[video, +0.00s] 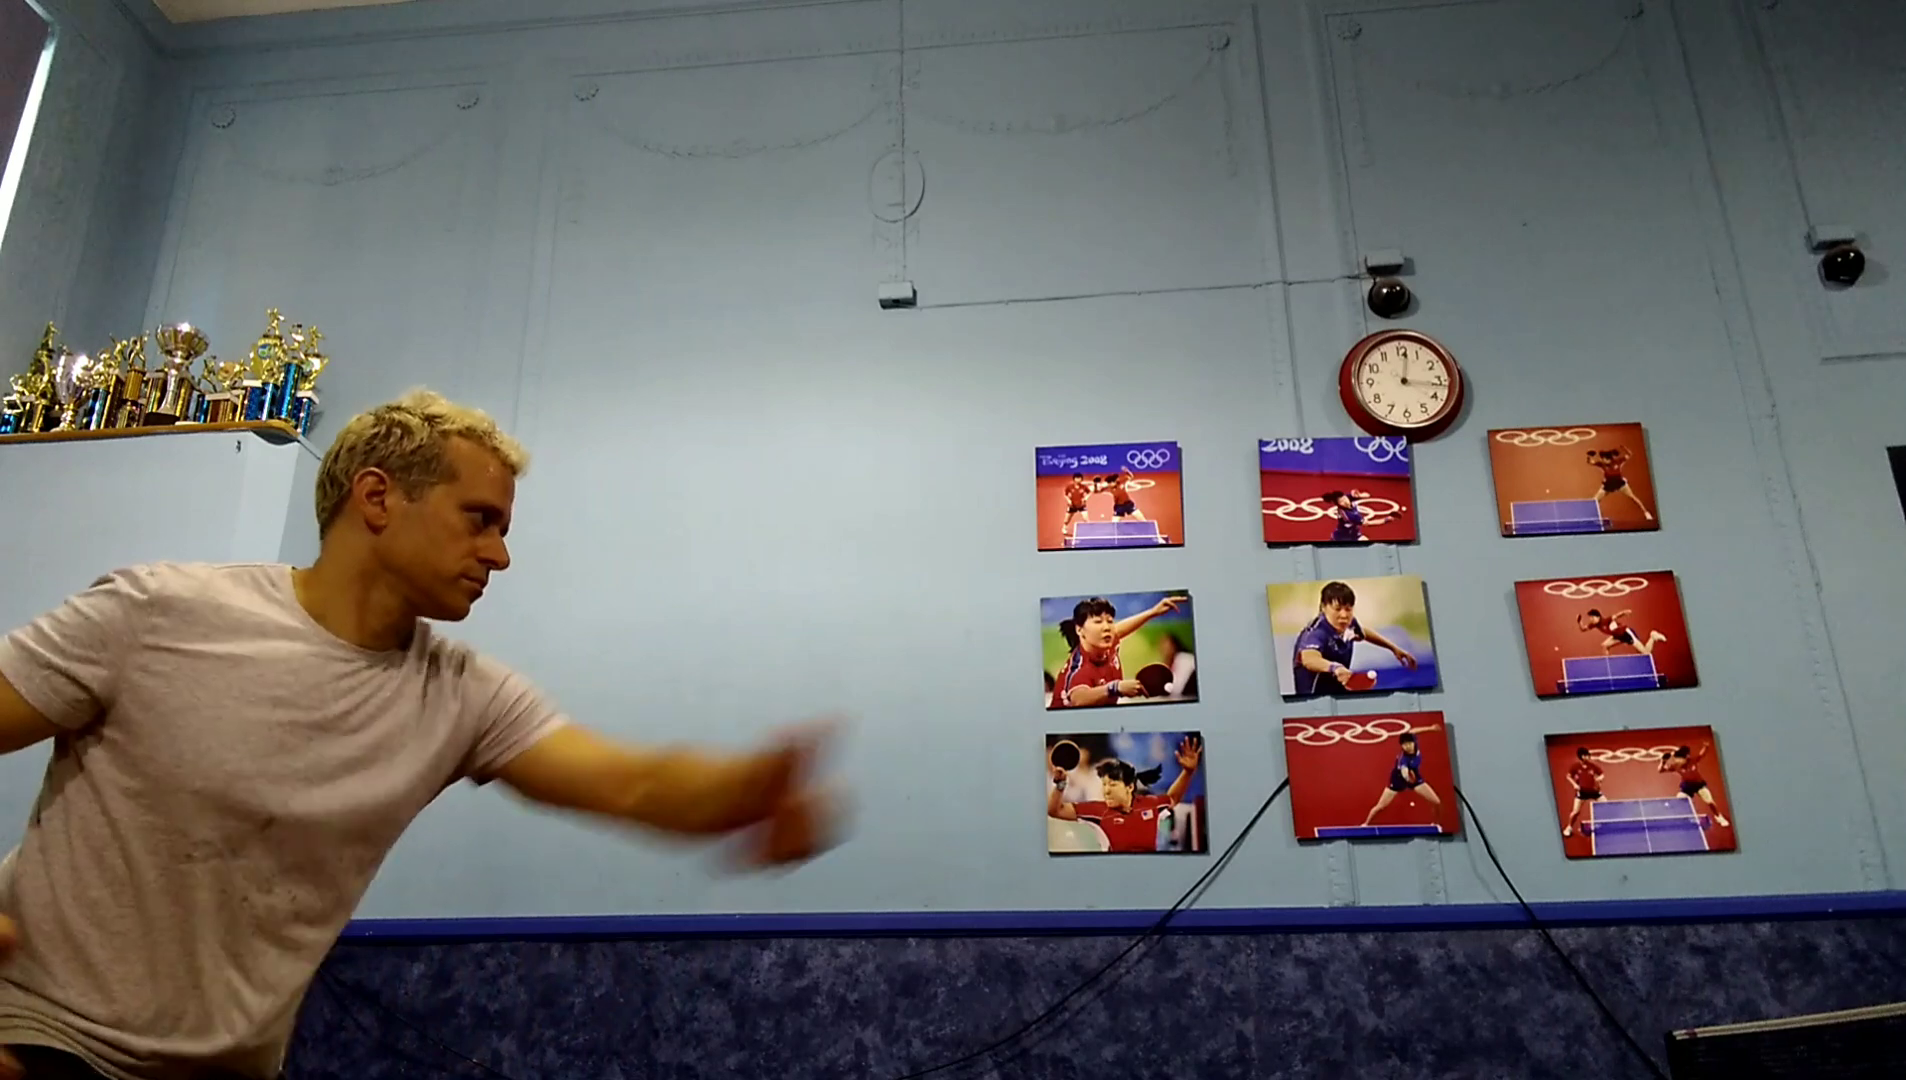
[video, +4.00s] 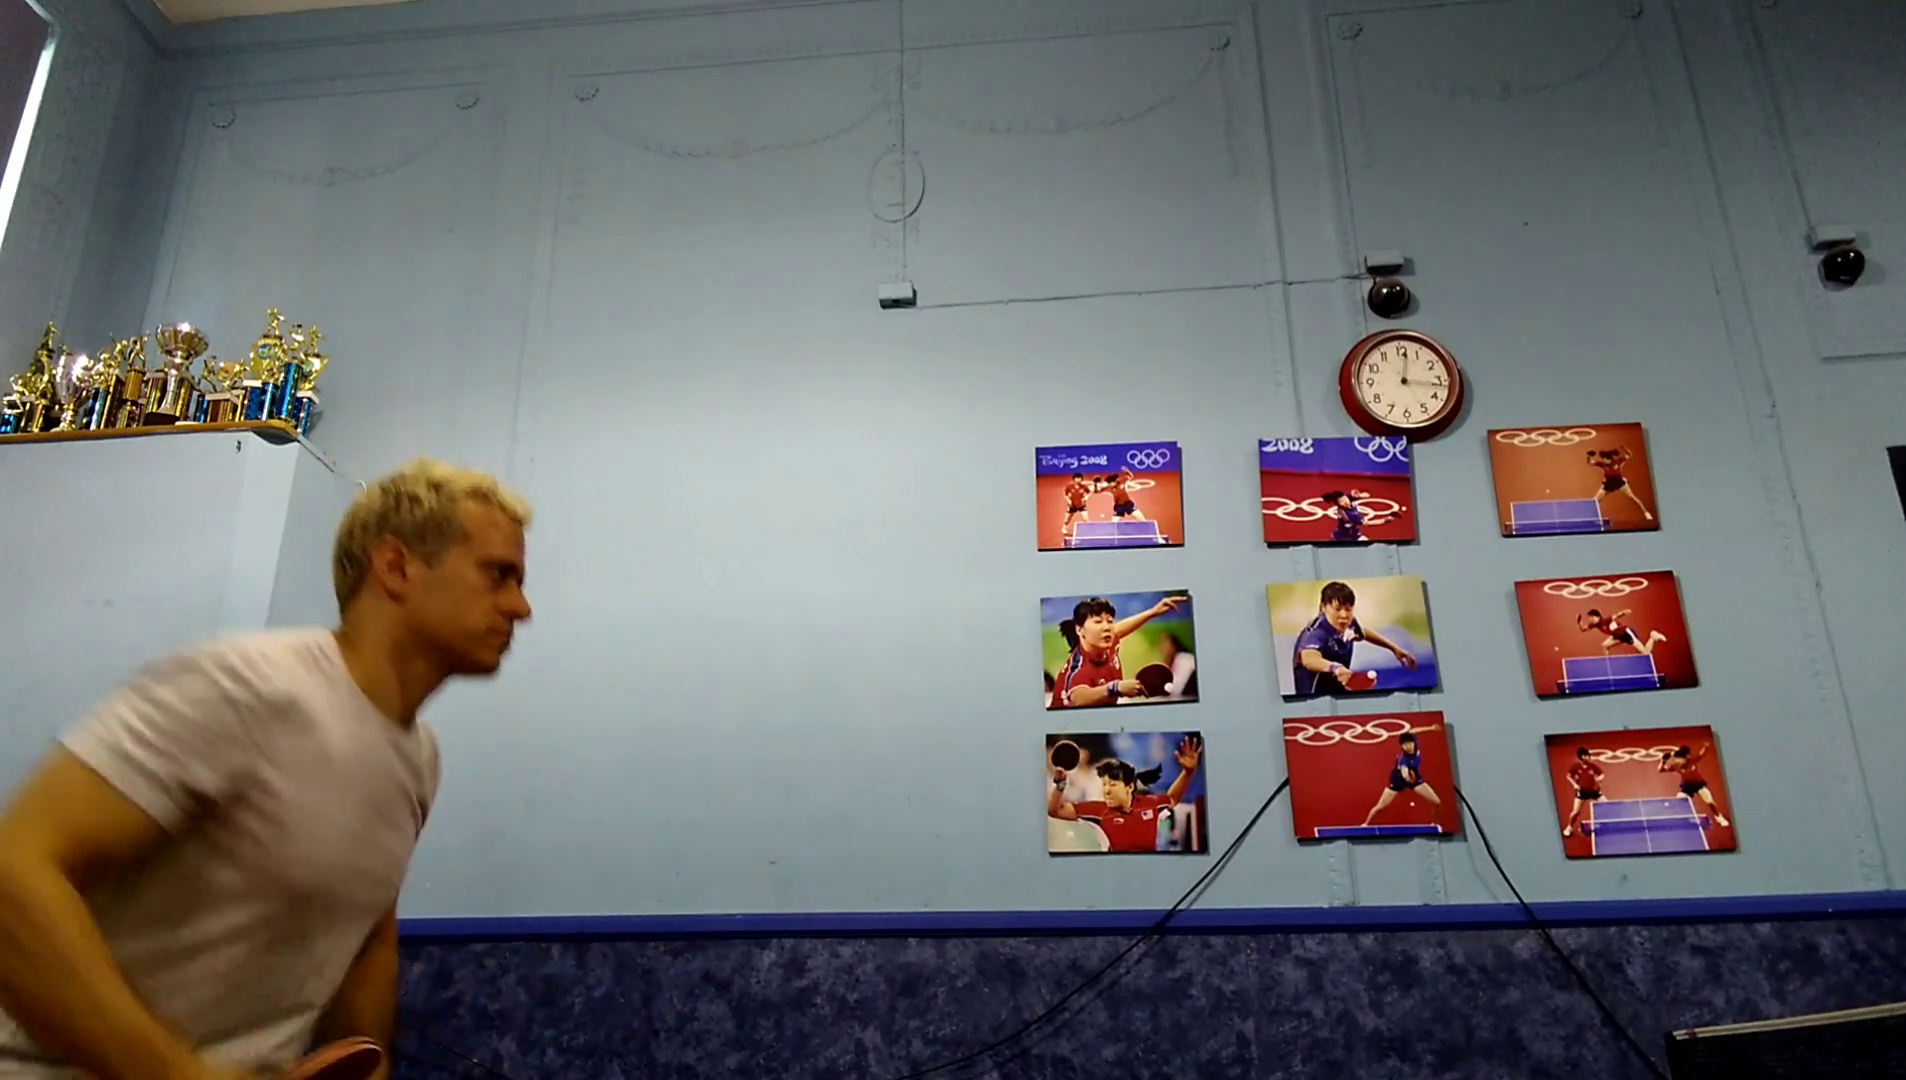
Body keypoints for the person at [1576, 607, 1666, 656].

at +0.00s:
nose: (1590, 620)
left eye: (1591, 618)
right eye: (1590, 619)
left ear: (1597, 617)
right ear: (1593, 618)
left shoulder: (1607, 620)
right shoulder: (1594, 624)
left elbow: (1617, 615)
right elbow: (1583, 630)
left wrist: (1625, 612)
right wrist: (1579, 623)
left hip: (1627, 634)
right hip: (1618, 636)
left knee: (1646, 652)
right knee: (1604, 645)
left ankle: (1653, 636)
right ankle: (1607, 667)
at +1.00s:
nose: (1591, 620)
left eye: (1591, 618)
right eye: (1590, 619)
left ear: (1597, 617)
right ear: (1593, 618)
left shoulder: (1607, 620)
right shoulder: (1595, 625)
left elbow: (1617, 615)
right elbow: (1584, 630)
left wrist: (1625, 612)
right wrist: (1579, 623)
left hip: (1627, 634)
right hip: (1618, 637)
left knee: (1646, 652)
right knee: (1604, 645)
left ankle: (1653, 636)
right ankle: (1608, 667)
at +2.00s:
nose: (1590, 620)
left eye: (1591, 618)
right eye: (1590, 619)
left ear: (1597, 617)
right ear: (1593, 618)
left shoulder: (1607, 620)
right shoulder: (1595, 625)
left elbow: (1617, 615)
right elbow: (1584, 630)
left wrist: (1625, 612)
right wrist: (1579, 623)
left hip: (1627, 634)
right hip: (1618, 637)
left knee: (1646, 652)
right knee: (1604, 645)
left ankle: (1653, 636)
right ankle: (1608, 667)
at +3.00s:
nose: (1590, 620)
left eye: (1591, 618)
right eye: (1590, 618)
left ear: (1597, 617)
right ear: (1593, 618)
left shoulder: (1607, 620)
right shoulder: (1594, 624)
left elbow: (1617, 615)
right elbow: (1583, 630)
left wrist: (1626, 612)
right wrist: (1579, 623)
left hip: (1627, 634)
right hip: (1618, 637)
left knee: (1645, 652)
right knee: (1604, 645)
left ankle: (1653, 636)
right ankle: (1607, 667)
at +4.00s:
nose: (1590, 620)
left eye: (1591, 618)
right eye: (1590, 619)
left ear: (1597, 617)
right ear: (1593, 618)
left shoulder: (1607, 620)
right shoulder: (1594, 624)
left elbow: (1617, 615)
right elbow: (1583, 630)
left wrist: (1625, 612)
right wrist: (1579, 623)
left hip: (1627, 634)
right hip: (1617, 636)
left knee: (1645, 652)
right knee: (1604, 645)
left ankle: (1653, 636)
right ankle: (1608, 666)